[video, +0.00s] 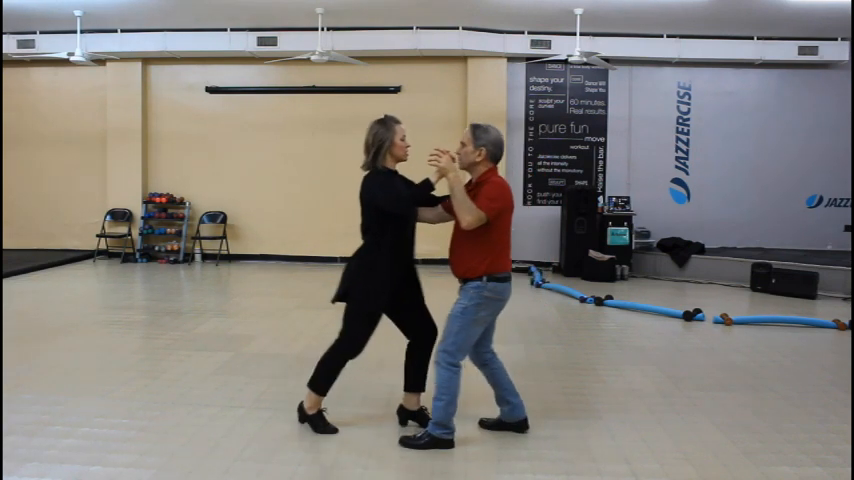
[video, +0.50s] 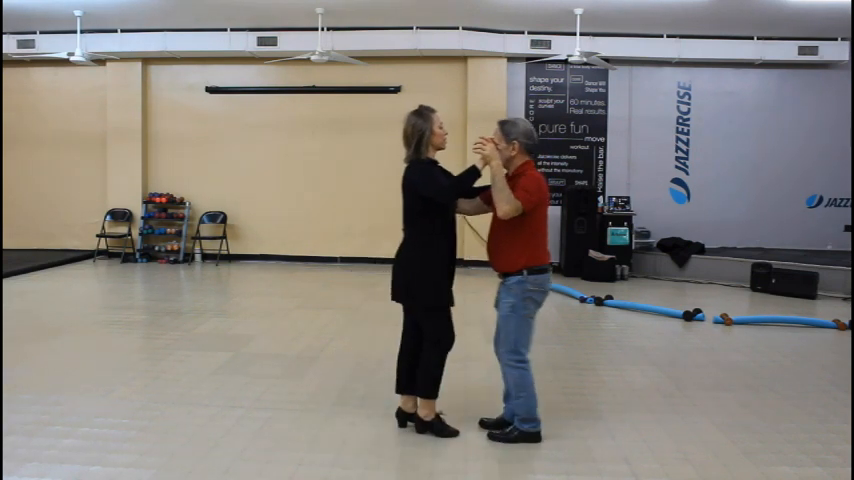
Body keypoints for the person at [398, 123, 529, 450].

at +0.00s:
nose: (456, 149)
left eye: (462, 145)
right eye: (458, 144)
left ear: (481, 154)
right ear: (479, 154)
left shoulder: (496, 188)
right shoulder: (472, 187)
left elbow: (470, 219)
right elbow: (434, 214)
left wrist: (452, 177)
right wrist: (395, 207)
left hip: (486, 285)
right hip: (479, 283)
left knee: (448, 354)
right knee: (481, 352)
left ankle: (440, 430)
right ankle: (514, 415)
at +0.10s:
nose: (464, 147)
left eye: (470, 143)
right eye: (466, 141)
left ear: (488, 150)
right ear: (488, 151)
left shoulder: (504, 186)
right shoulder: (479, 185)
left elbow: (479, 218)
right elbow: (440, 211)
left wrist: (463, 177)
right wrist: (403, 202)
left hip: (494, 282)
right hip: (488, 280)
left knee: (463, 354)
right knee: (493, 351)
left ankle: (444, 430)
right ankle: (516, 417)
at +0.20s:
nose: (470, 146)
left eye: (476, 141)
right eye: (472, 140)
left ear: (495, 148)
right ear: (495, 148)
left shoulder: (512, 183)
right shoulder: (486, 181)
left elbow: (489, 215)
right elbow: (450, 208)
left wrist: (473, 174)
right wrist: (413, 198)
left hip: (502, 279)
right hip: (496, 277)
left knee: (472, 352)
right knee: (500, 349)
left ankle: (457, 427)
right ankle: (516, 417)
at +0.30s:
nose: (477, 148)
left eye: (482, 142)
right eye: (478, 142)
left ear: (501, 146)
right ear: (499, 147)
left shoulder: (519, 179)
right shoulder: (494, 180)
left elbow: (497, 211)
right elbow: (457, 205)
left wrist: (482, 168)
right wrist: (421, 196)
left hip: (509, 277)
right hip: (502, 275)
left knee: (478, 349)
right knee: (504, 348)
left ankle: (493, 420)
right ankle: (517, 417)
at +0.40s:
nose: (483, 148)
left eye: (488, 143)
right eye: (484, 142)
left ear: (507, 147)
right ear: (505, 147)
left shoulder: (526, 178)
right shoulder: (502, 180)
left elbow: (502, 209)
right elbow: (463, 204)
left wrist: (489, 165)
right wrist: (428, 193)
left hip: (518, 277)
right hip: (505, 276)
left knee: (498, 351)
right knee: (499, 349)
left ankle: (522, 421)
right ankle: (514, 416)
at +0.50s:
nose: (491, 147)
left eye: (496, 142)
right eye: (492, 141)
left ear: (514, 147)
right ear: (513, 148)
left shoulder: (531, 179)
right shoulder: (510, 180)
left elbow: (507, 208)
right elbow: (471, 205)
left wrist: (495, 163)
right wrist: (436, 195)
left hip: (527, 278)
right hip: (513, 277)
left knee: (513, 352)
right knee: (505, 349)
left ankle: (528, 425)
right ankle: (512, 415)